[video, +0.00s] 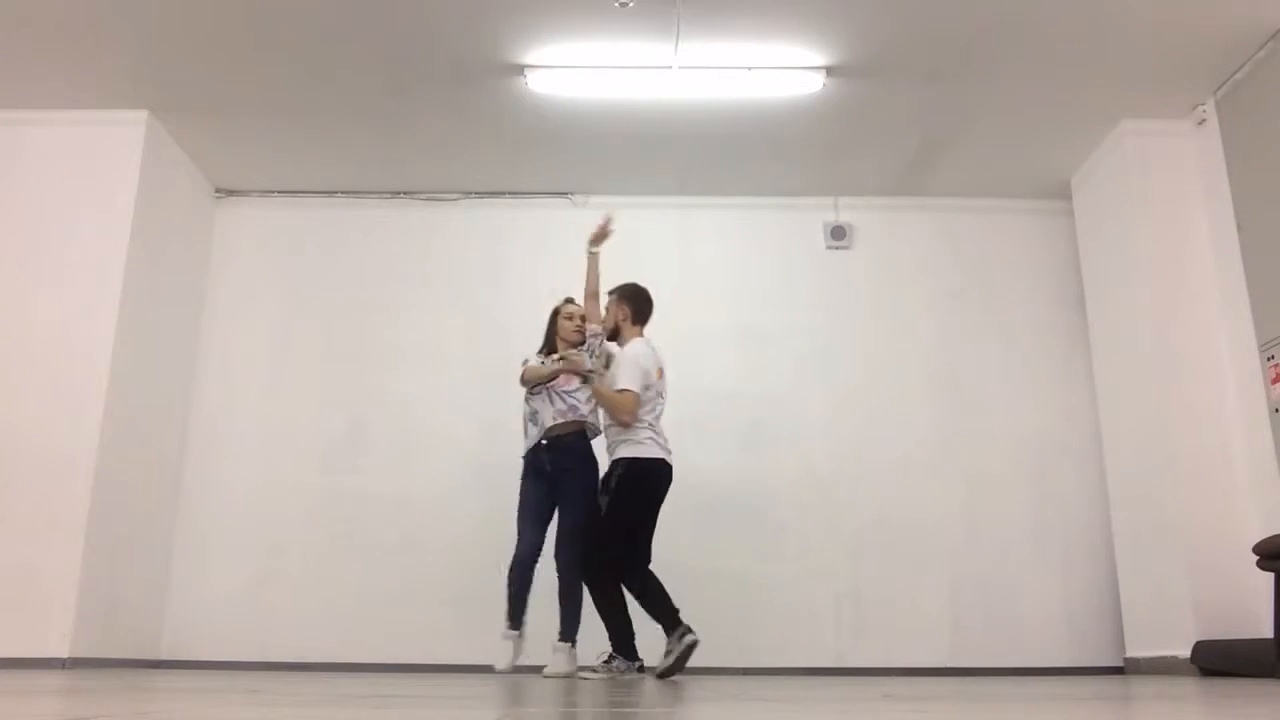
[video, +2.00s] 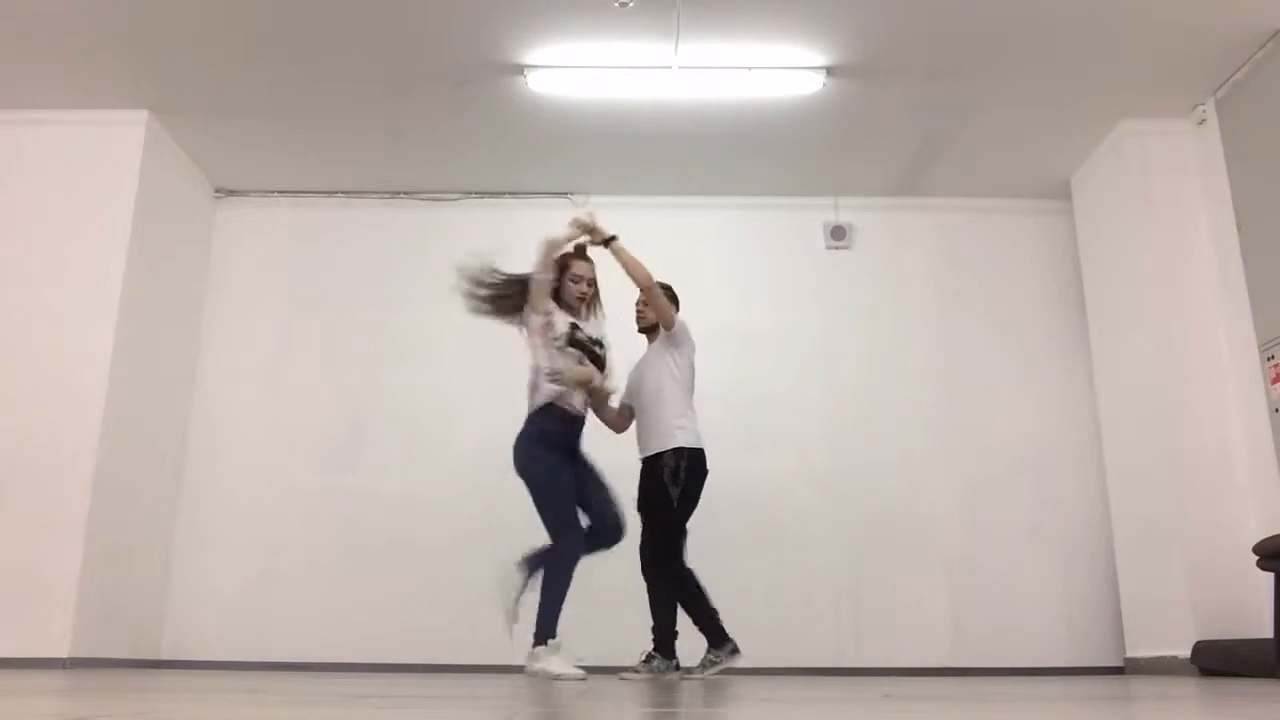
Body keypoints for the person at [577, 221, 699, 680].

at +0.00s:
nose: (602, 314)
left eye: (607, 307)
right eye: (605, 308)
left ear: (623, 312)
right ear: (633, 314)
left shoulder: (632, 351)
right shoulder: (643, 352)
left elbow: (626, 410)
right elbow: (592, 312)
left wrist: (590, 381)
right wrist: (593, 251)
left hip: (633, 465)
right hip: (653, 466)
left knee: (595, 562)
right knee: (630, 563)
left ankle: (624, 656)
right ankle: (677, 633)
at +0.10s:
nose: (611, 318)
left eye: (616, 311)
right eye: (613, 311)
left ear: (634, 315)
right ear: (638, 317)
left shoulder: (646, 355)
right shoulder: (635, 359)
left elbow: (644, 413)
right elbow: (623, 411)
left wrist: (611, 374)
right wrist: (585, 391)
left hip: (644, 466)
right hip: (650, 466)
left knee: (599, 561)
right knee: (633, 567)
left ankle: (625, 656)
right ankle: (681, 649)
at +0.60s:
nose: (622, 326)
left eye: (629, 320)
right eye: (622, 321)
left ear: (652, 323)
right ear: (642, 325)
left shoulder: (674, 361)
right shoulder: (625, 371)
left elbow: (682, 411)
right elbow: (586, 401)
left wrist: (674, 357)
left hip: (675, 462)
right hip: (645, 468)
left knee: (653, 551)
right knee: (645, 550)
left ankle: (682, 651)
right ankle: (663, 642)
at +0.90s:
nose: (625, 312)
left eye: (633, 305)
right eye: (625, 308)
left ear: (657, 314)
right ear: (634, 322)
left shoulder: (675, 357)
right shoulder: (625, 375)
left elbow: (683, 337)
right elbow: (592, 412)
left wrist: (668, 286)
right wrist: (551, 425)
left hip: (680, 465)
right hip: (647, 471)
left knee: (668, 568)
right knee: (648, 572)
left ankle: (688, 656)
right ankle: (681, 653)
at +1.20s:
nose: (635, 315)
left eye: (643, 308)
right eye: (634, 309)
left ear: (666, 311)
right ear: (644, 318)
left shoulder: (678, 344)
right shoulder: (655, 370)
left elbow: (643, 298)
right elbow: (651, 436)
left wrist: (602, 251)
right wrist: (597, 442)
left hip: (688, 462)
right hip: (662, 467)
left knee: (668, 561)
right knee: (608, 529)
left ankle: (689, 656)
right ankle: (649, 615)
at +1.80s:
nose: (646, 306)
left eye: (654, 300)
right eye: (643, 302)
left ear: (673, 305)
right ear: (643, 313)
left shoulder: (682, 342)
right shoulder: (651, 364)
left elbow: (671, 283)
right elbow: (638, 423)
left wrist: (645, 232)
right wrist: (594, 413)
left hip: (685, 458)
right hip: (663, 462)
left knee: (660, 553)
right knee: (676, 556)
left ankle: (681, 649)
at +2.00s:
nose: (639, 306)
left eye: (647, 300)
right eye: (638, 301)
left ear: (668, 308)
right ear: (638, 313)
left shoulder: (677, 343)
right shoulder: (641, 368)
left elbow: (649, 286)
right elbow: (618, 422)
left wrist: (608, 241)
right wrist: (592, 390)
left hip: (680, 458)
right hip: (656, 463)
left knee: (658, 558)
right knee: (663, 560)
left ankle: (664, 654)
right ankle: (721, 643)